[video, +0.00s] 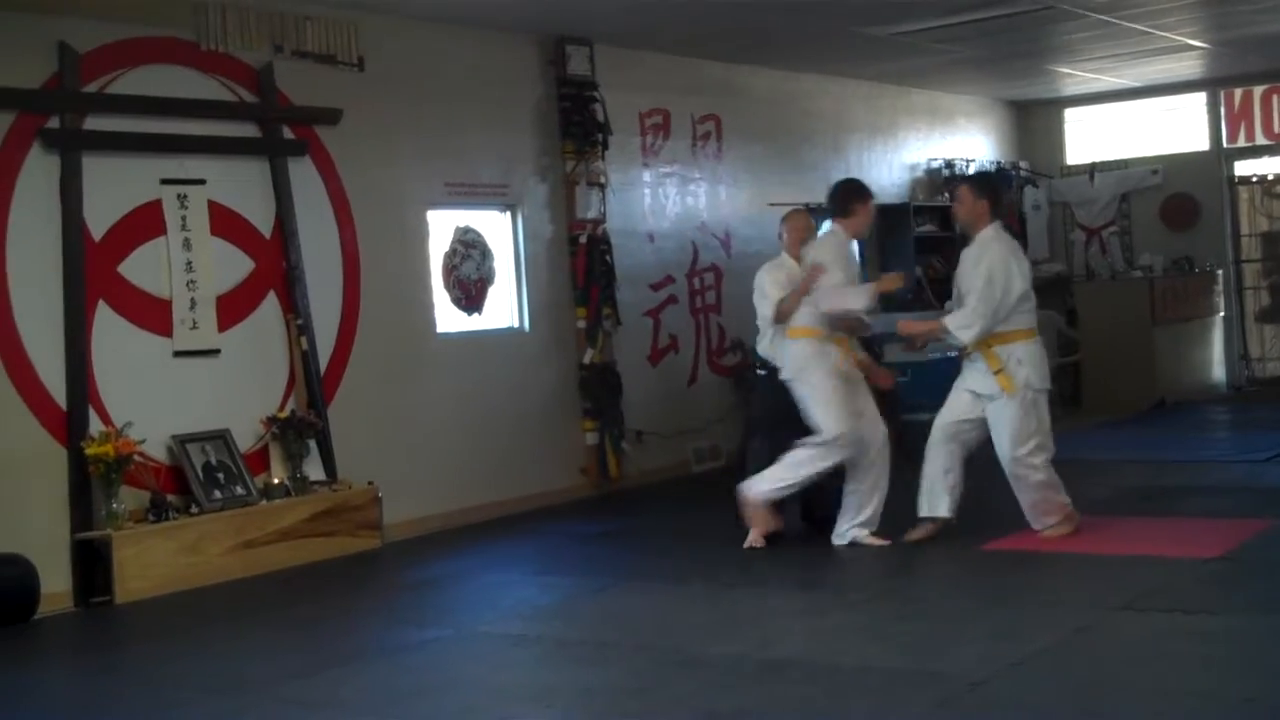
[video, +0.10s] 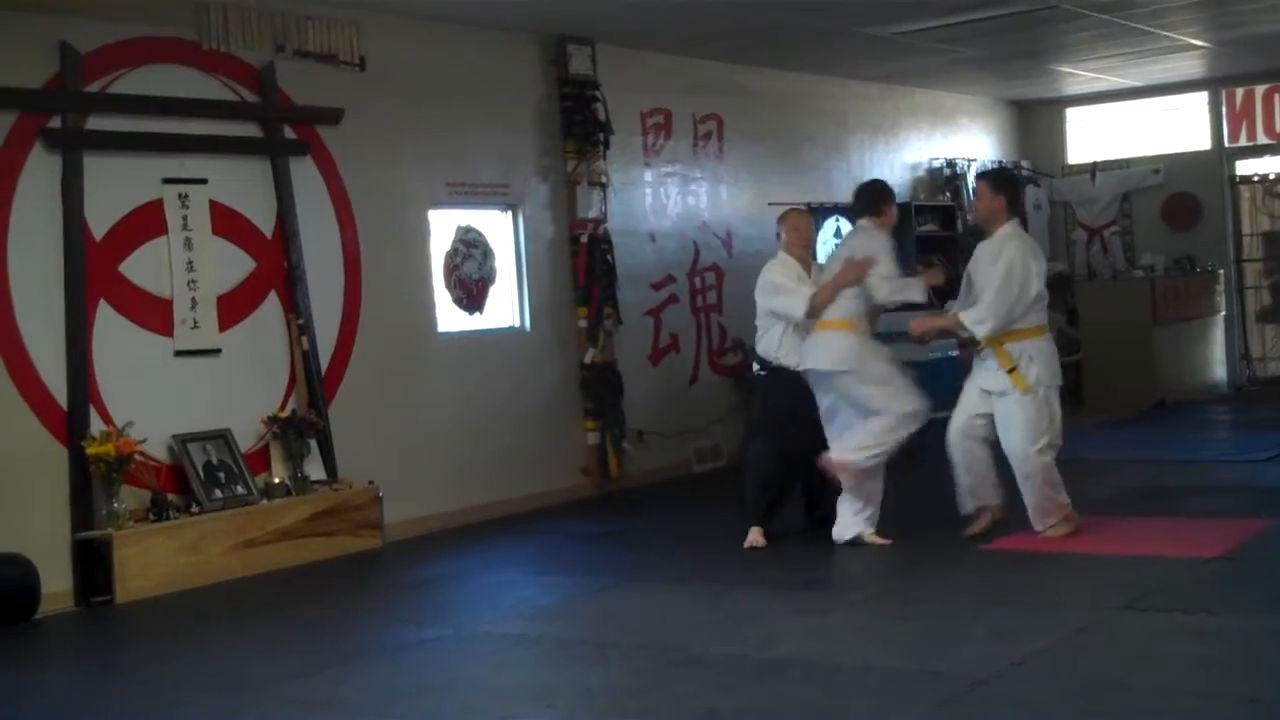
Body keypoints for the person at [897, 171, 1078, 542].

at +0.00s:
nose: (953, 209)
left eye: (959, 201)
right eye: (954, 201)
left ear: (982, 205)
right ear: (978, 207)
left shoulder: (997, 250)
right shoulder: (977, 250)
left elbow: (978, 316)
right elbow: (968, 309)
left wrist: (931, 329)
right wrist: (932, 327)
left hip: (1015, 360)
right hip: (982, 360)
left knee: (1019, 450)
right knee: (946, 432)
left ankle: (1059, 516)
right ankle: (934, 515)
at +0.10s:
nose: (973, 204)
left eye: (980, 196)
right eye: (975, 196)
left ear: (1001, 201)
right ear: (996, 202)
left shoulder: (1017, 248)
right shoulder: (985, 250)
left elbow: (993, 311)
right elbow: (967, 303)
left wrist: (938, 323)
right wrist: (939, 323)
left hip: (1026, 357)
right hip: (990, 358)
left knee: (1025, 446)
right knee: (962, 433)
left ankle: (1058, 517)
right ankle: (988, 507)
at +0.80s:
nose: (1027, 208)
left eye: (1034, 200)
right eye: (1026, 201)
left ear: (1057, 205)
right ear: (1028, 206)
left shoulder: (1079, 250)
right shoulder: (1029, 252)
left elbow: (1080, 312)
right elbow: (1021, 307)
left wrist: (1059, 364)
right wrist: (1015, 358)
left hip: (1072, 348)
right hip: (1035, 348)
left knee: (1065, 425)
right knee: (1041, 431)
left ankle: (1071, 506)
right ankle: (1071, 492)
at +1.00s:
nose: (1042, 199)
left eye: (1050, 193)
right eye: (1041, 193)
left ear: (1072, 197)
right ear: (1044, 197)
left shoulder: (1090, 242)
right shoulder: (1039, 244)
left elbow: (1093, 305)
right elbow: (1026, 300)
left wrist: (1071, 356)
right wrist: (1016, 352)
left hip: (1078, 342)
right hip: (1041, 342)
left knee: (1075, 420)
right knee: (1048, 425)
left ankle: (1082, 501)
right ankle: (1066, 497)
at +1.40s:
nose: (1055, 194)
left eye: (1063, 187)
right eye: (1054, 188)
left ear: (1086, 192)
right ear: (1053, 193)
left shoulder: (1102, 239)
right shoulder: (1047, 239)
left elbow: (1105, 301)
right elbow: (1031, 295)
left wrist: (1083, 352)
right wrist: (1021, 347)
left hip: (1087, 336)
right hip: (1049, 337)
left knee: (1086, 418)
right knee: (1052, 420)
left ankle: (1099, 498)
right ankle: (1069, 495)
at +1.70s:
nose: (1057, 189)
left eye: (1066, 183)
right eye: (1056, 183)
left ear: (1088, 188)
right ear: (1056, 187)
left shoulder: (1106, 235)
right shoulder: (1049, 234)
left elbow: (1112, 295)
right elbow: (1033, 290)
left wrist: (1100, 350)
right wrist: (1025, 343)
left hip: (1091, 338)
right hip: (1052, 338)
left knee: (1098, 422)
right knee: (1056, 421)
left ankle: (1108, 502)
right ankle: (1074, 494)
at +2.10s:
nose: (1056, 183)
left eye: (1064, 177)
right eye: (1054, 178)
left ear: (1087, 181)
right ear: (1055, 182)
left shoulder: (1106, 229)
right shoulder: (1047, 232)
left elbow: (1118, 291)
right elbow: (1032, 288)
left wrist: (1117, 350)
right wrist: (1020, 340)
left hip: (1092, 335)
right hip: (1052, 336)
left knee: (1100, 420)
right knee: (1052, 419)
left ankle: (1112, 499)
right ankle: (1076, 487)